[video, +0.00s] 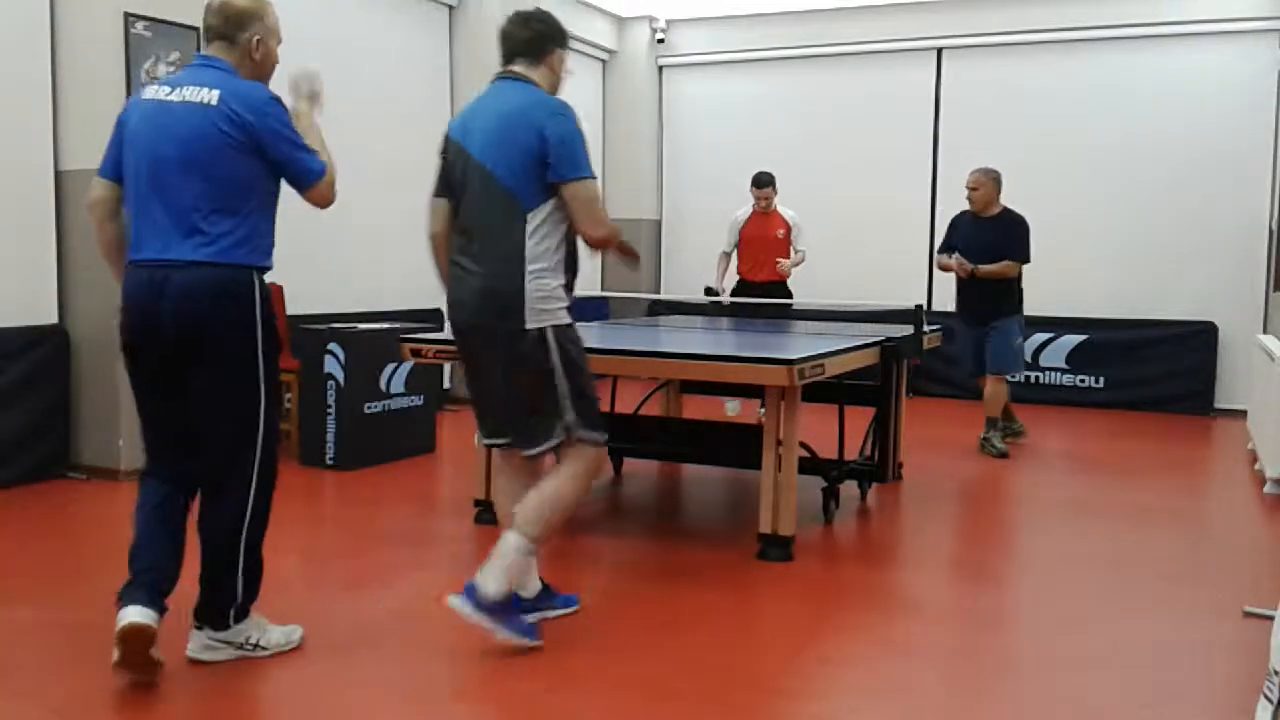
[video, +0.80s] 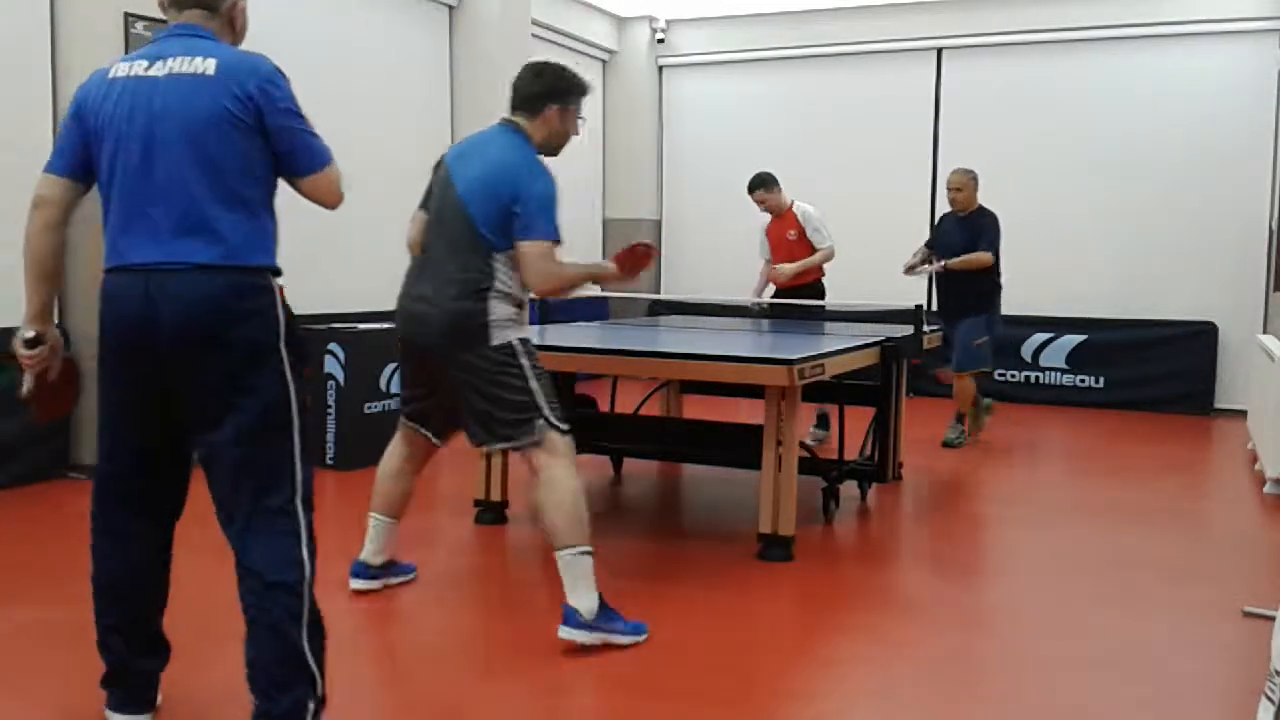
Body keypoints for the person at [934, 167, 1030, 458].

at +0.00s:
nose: (968, 194)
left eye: (974, 190)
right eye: (967, 189)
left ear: (994, 191)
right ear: (969, 190)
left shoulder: (1015, 224)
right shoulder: (961, 221)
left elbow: (1013, 268)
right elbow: (941, 258)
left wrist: (974, 269)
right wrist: (951, 263)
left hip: (1004, 313)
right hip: (970, 313)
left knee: (996, 372)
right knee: (982, 374)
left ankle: (991, 432)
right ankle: (1010, 420)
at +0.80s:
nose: (952, 196)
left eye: (958, 190)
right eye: (949, 190)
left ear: (974, 191)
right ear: (946, 192)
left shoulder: (986, 220)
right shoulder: (946, 220)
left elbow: (986, 257)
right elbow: (931, 248)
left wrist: (946, 264)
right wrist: (917, 259)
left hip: (977, 308)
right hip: (949, 307)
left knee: (961, 367)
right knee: (957, 365)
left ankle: (959, 422)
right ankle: (977, 404)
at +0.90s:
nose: (944, 195)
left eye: (951, 189)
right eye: (940, 189)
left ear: (966, 190)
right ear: (936, 191)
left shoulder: (980, 220)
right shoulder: (938, 221)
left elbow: (987, 260)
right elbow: (927, 250)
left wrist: (948, 276)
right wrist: (907, 264)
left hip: (971, 308)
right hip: (941, 307)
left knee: (963, 368)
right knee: (939, 363)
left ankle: (959, 423)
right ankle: (948, 410)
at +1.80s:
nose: (932, 201)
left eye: (938, 196)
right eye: (927, 196)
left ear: (951, 197)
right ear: (921, 199)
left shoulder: (967, 228)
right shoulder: (918, 228)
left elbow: (986, 269)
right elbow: (907, 261)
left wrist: (972, 307)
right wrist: (909, 274)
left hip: (960, 313)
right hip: (926, 313)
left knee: (964, 372)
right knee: (913, 364)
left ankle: (971, 430)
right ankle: (909, 417)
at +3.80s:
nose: (925, 239)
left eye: (931, 233)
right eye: (920, 233)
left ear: (945, 233)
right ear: (915, 233)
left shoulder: (963, 254)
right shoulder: (914, 254)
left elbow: (999, 289)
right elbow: (908, 289)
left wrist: (977, 322)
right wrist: (908, 312)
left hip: (975, 320)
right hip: (940, 320)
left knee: (970, 371)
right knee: (924, 364)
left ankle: (971, 431)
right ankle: (926, 416)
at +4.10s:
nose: (922, 236)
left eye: (929, 230)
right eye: (918, 230)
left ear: (943, 231)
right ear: (914, 231)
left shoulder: (960, 253)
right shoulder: (913, 254)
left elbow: (994, 289)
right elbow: (907, 287)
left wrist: (974, 323)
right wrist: (907, 307)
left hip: (973, 320)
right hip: (938, 320)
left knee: (968, 370)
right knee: (920, 365)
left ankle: (971, 431)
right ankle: (926, 416)